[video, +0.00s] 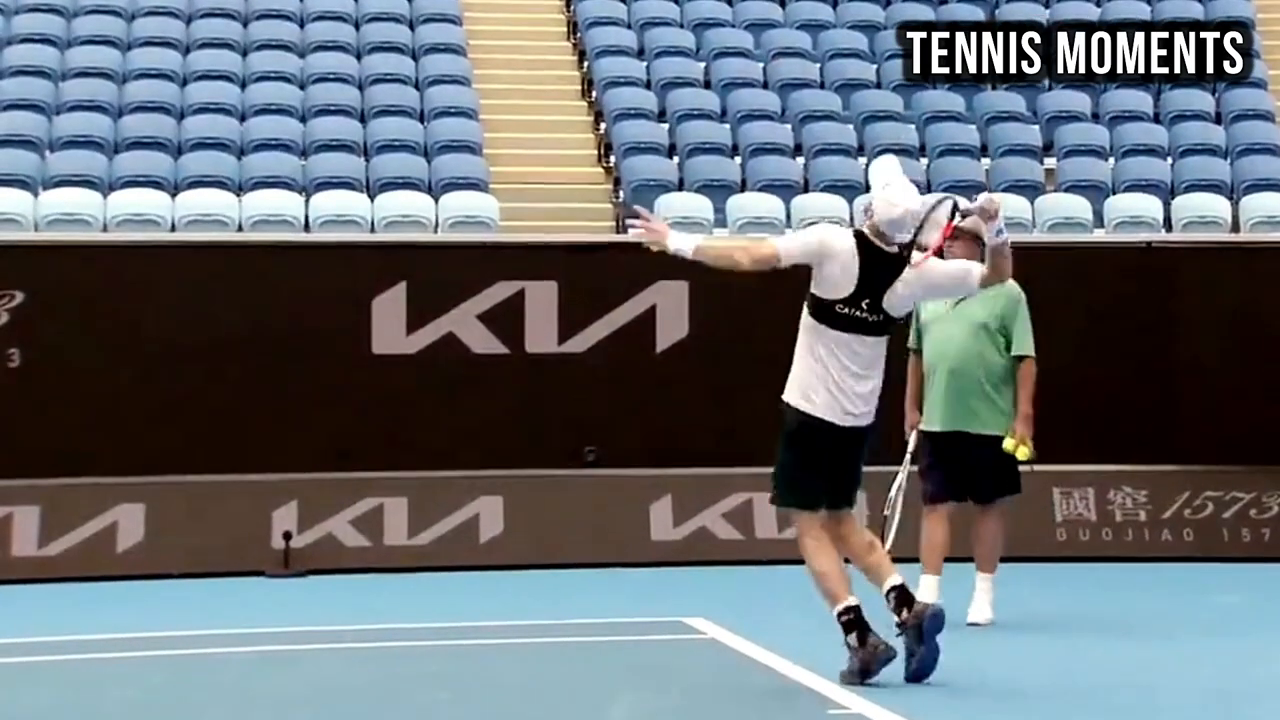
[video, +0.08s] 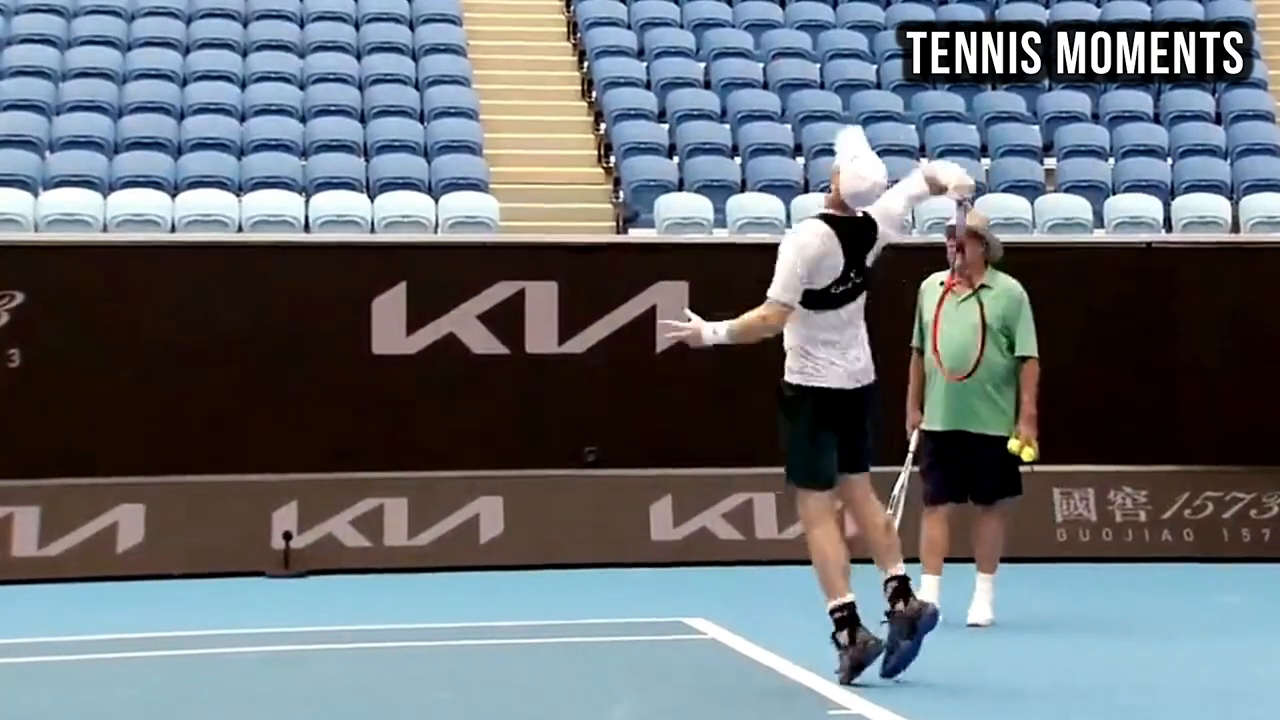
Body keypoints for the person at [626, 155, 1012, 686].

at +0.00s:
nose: (867, 206)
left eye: (871, 204)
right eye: (885, 207)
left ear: (868, 214)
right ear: (911, 227)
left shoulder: (829, 242)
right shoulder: (918, 274)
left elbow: (750, 257)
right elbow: (997, 272)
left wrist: (674, 242)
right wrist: (993, 229)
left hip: (810, 409)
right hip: (859, 417)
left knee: (810, 529)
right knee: (844, 522)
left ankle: (860, 639)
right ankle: (908, 609)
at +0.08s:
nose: (834, 173)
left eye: (837, 171)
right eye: (844, 172)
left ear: (835, 184)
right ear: (866, 192)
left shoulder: (804, 241)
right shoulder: (874, 226)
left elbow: (771, 318)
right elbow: (911, 189)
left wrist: (710, 332)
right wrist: (940, 180)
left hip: (811, 385)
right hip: (858, 382)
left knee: (817, 513)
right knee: (861, 494)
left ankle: (850, 634)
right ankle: (902, 599)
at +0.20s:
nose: (759, 165)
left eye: (767, 161)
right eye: (763, 158)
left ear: (787, 180)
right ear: (786, 179)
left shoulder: (801, 254)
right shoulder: (787, 203)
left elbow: (791, 335)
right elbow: (746, 123)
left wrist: (735, 315)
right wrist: (719, 53)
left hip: (840, 375)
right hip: (860, 362)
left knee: (814, 500)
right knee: (868, 479)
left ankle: (829, 625)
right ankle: (881, 601)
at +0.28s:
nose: (733, 188)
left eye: (742, 182)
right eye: (735, 181)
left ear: (771, 194)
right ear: (760, 194)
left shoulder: (800, 260)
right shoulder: (756, 225)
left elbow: (827, 342)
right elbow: (689, 196)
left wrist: (766, 367)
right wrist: (619, 187)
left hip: (843, 382)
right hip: (839, 371)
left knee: (807, 511)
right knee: (866, 483)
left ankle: (825, 643)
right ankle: (908, 595)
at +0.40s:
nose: (696, 235)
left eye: (705, 226)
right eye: (697, 227)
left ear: (734, 232)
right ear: (719, 237)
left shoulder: (784, 288)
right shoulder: (713, 291)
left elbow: (849, 350)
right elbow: (679, 356)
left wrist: (873, 423)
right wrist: (657, 419)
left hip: (830, 422)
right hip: (806, 422)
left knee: (786, 539)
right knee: (853, 525)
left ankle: (830, 655)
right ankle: (941, 569)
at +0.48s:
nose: (664, 258)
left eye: (673, 248)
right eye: (663, 249)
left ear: (703, 250)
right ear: (688, 255)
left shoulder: (761, 297)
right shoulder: (695, 313)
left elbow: (835, 333)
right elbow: (704, 396)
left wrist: (906, 373)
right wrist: (708, 463)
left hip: (816, 427)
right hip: (784, 432)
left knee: (769, 548)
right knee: (827, 540)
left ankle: (830, 653)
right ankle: (922, 553)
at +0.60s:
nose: (626, 247)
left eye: (635, 236)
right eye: (625, 238)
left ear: (665, 239)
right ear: (653, 243)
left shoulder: (723, 281)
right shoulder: (664, 304)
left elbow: (801, 296)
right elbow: (695, 381)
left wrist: (881, 314)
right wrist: (714, 440)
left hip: (788, 420)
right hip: (744, 428)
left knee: (771, 538)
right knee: (743, 539)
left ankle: (825, 646)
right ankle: (844, 575)